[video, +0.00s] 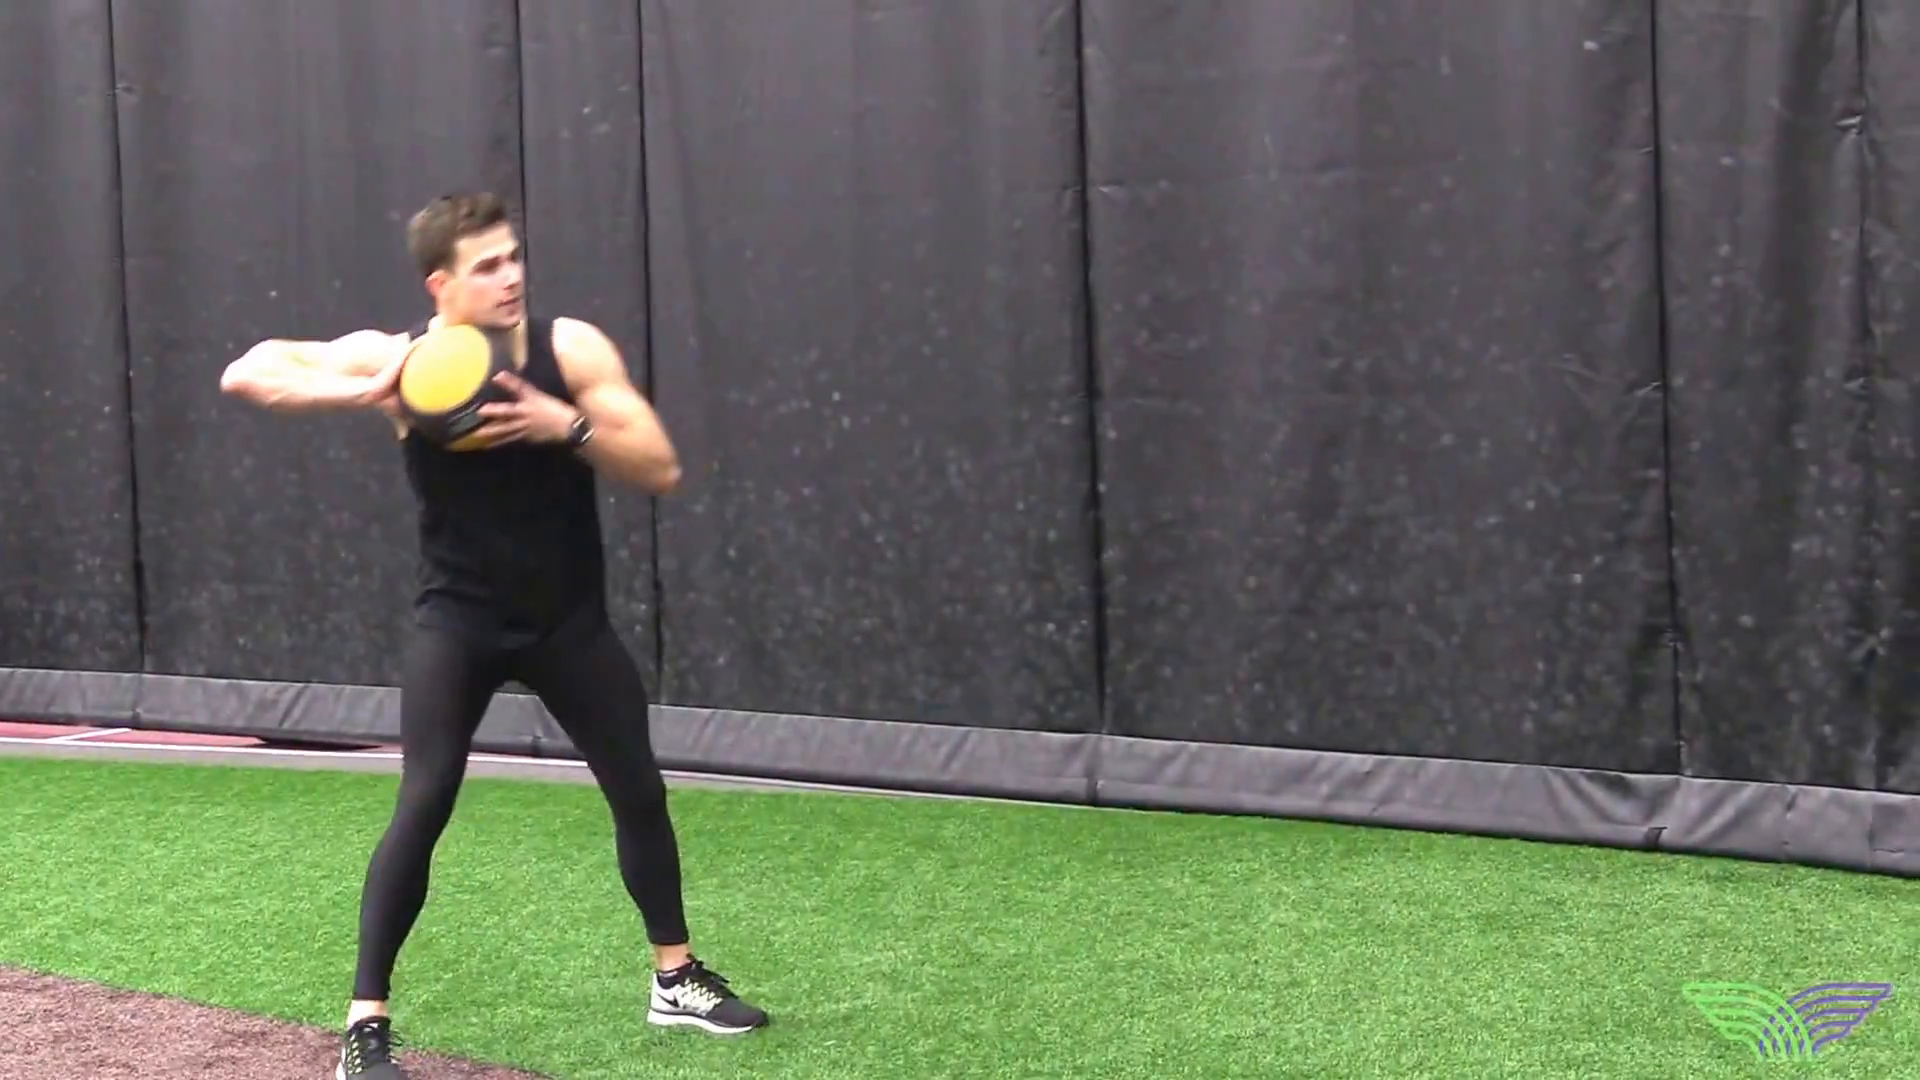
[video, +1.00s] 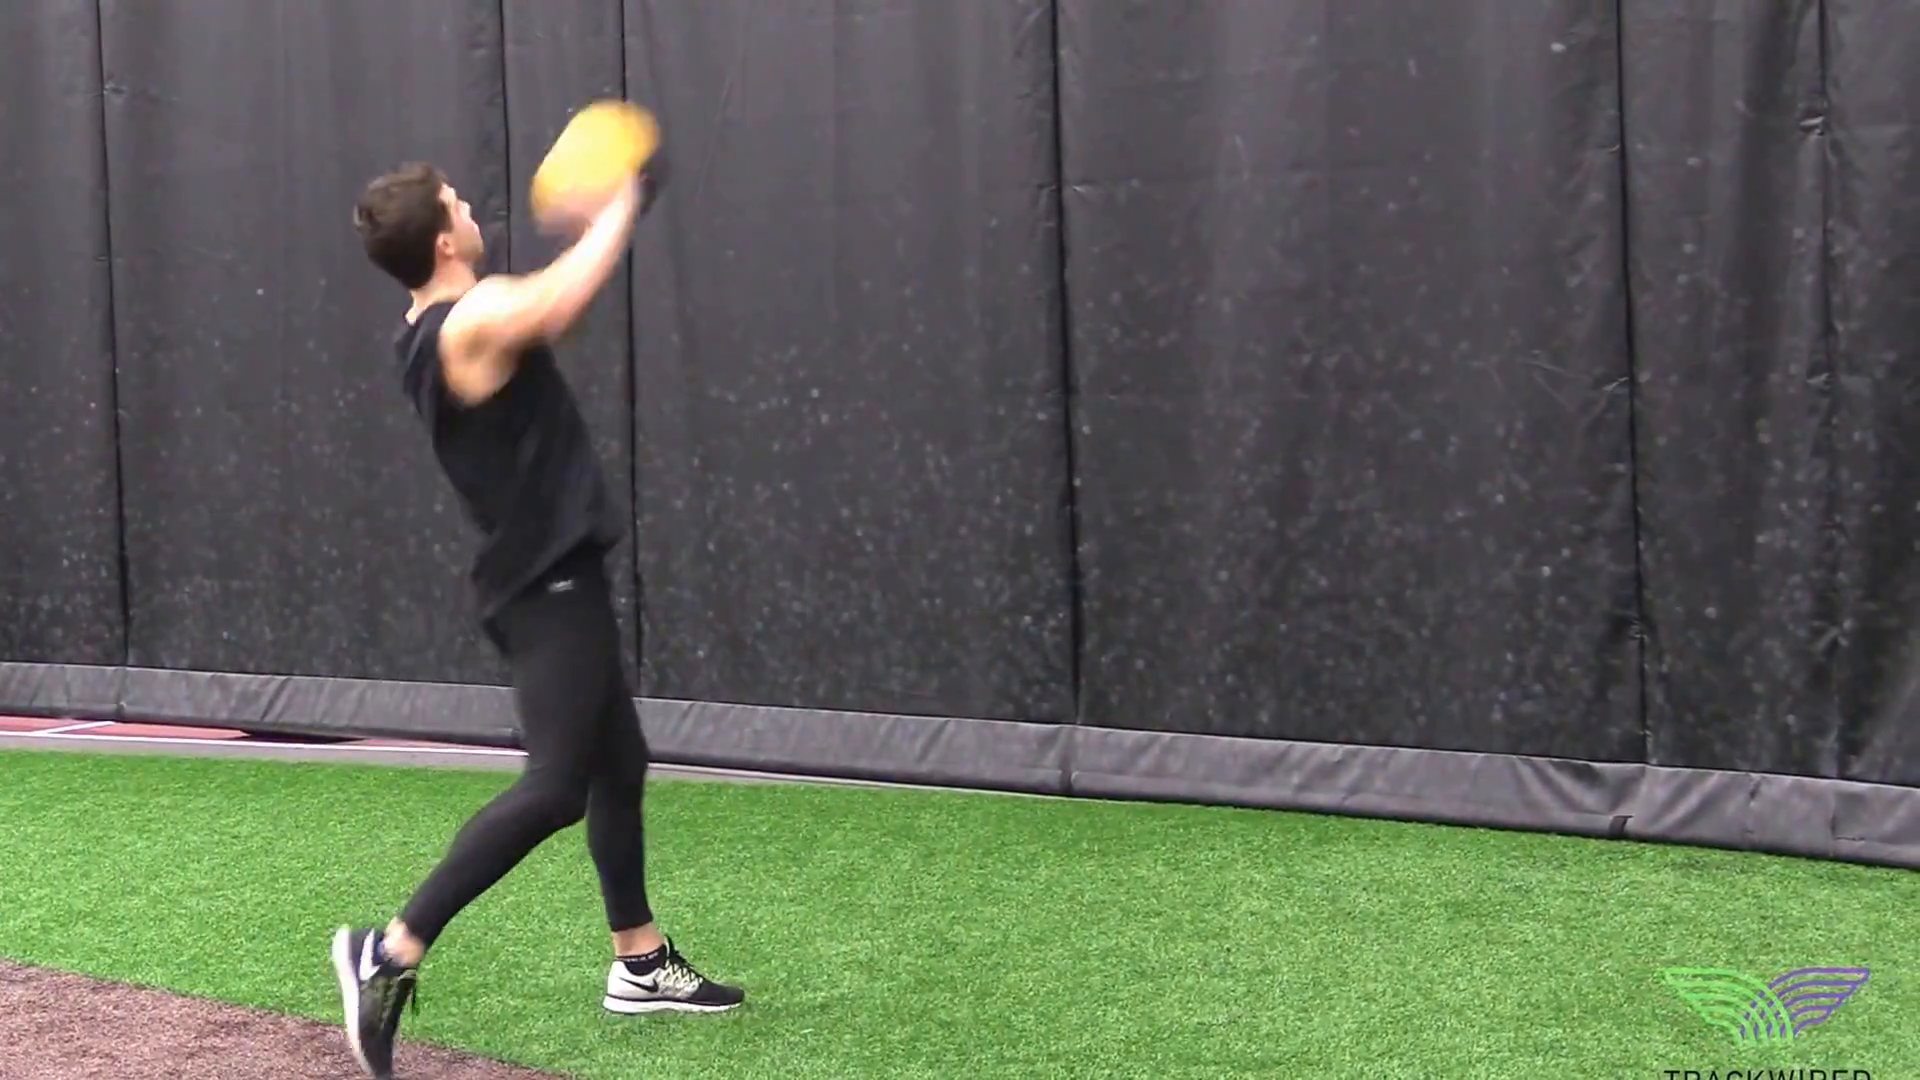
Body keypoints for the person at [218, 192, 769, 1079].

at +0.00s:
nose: (510, 278)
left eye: (516, 260)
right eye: (488, 267)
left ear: (527, 265)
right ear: (439, 286)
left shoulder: (572, 348)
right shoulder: (403, 357)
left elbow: (663, 466)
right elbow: (244, 376)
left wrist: (570, 425)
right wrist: (354, 390)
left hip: (571, 619)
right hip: (460, 618)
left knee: (640, 788)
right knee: (425, 801)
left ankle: (678, 976)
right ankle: (367, 1016)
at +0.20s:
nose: (416, 375)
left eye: (415, 354)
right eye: (392, 368)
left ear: (422, 345)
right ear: (340, 385)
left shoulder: (478, 413)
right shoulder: (299, 429)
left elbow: (565, 539)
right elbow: (142, 442)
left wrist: (458, 521)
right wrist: (247, 477)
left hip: (510, 625)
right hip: (398, 643)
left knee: (610, 787)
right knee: (385, 808)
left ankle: (669, 943)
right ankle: (353, 1019)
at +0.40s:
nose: (382, 444)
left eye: (380, 423)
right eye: (358, 442)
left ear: (381, 402)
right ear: (305, 456)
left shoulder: (440, 465)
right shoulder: (261, 476)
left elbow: (533, 582)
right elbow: (107, 482)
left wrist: (427, 584)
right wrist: (214, 533)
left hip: (494, 637)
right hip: (379, 662)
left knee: (602, 783)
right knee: (371, 812)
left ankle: (676, 935)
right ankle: (349, 1021)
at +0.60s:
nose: (400, 458)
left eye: (396, 439)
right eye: (378, 457)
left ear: (399, 422)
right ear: (324, 474)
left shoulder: (450, 483)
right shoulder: (275, 493)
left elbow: (541, 600)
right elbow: (118, 490)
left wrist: (435, 600)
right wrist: (223, 545)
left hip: (497, 652)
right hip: (380, 673)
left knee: (620, 782)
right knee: (387, 812)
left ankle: (674, 937)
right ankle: (356, 1018)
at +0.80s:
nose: (457, 379)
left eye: (450, 363)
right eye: (436, 377)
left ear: (451, 360)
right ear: (389, 408)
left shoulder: (495, 412)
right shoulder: (333, 470)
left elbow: (600, 505)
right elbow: (183, 510)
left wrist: (512, 501)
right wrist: (305, 510)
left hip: (507, 659)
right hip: (411, 680)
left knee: (654, 777)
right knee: (446, 822)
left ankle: (641, 957)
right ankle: (367, 1018)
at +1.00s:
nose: (473, 212)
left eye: (461, 204)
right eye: (462, 207)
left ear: (420, 253)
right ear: (446, 239)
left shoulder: (441, 316)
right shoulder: (470, 319)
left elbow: (532, 300)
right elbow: (563, 298)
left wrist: (578, 228)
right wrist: (624, 207)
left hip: (560, 583)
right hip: (547, 589)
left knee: (620, 767)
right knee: (557, 786)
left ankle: (642, 962)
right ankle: (391, 954)